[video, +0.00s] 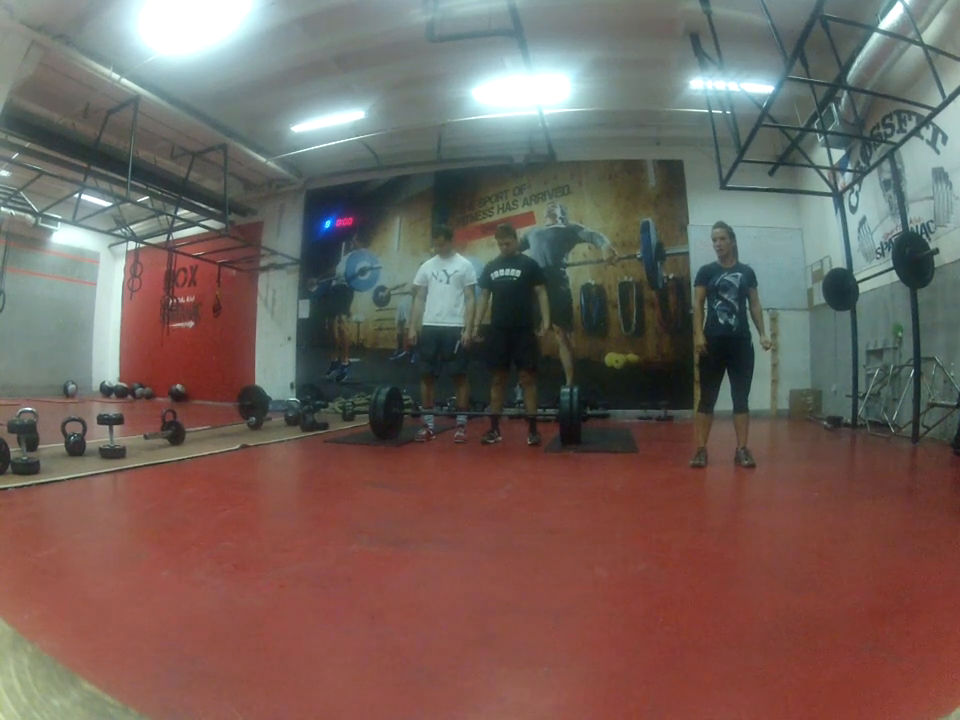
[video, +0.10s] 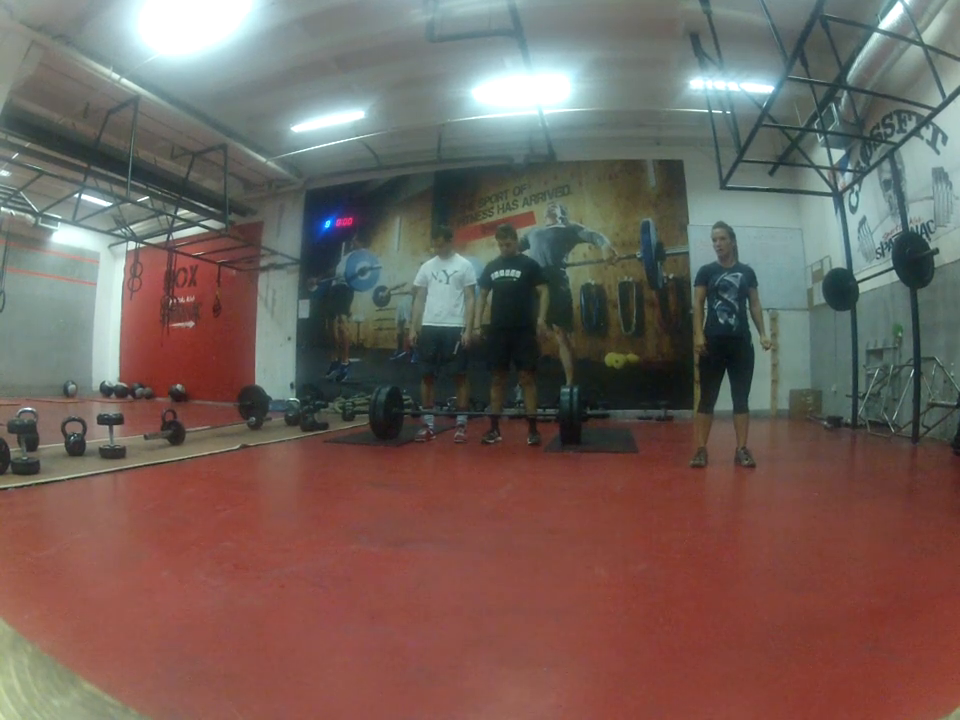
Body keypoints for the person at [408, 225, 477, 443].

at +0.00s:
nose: (438, 245)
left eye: (441, 242)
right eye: (436, 242)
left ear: (450, 241)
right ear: (434, 243)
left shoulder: (464, 266)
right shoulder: (427, 266)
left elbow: (470, 298)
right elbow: (418, 298)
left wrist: (468, 329)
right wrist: (412, 327)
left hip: (455, 329)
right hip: (429, 328)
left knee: (459, 377)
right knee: (427, 377)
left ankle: (461, 425)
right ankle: (427, 425)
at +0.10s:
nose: (438, 245)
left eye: (442, 241)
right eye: (436, 241)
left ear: (450, 242)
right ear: (433, 242)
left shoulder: (464, 266)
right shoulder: (427, 267)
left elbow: (470, 298)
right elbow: (419, 299)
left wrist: (468, 329)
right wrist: (413, 327)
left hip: (455, 328)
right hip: (429, 328)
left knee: (460, 377)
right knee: (427, 376)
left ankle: (461, 424)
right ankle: (427, 424)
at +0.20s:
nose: (437, 246)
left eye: (440, 242)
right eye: (435, 242)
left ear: (449, 242)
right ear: (433, 243)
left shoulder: (464, 266)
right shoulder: (427, 267)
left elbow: (470, 298)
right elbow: (419, 299)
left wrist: (468, 328)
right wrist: (413, 328)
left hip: (455, 328)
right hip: (429, 328)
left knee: (459, 377)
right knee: (427, 376)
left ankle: (461, 424)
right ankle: (427, 424)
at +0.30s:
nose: (434, 246)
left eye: (437, 242)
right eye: (433, 242)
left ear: (448, 242)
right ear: (433, 242)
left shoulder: (464, 266)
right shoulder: (427, 267)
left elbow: (470, 299)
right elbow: (419, 299)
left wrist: (468, 329)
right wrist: (413, 328)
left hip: (455, 329)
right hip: (428, 328)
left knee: (459, 377)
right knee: (427, 376)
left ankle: (461, 424)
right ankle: (427, 424)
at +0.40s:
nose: (431, 245)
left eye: (434, 241)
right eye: (431, 241)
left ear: (447, 241)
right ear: (434, 242)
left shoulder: (463, 265)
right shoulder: (426, 267)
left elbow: (470, 299)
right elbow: (419, 299)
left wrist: (468, 330)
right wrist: (413, 328)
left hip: (455, 329)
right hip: (428, 328)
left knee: (460, 377)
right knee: (427, 376)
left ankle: (461, 424)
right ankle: (427, 424)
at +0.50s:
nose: (431, 244)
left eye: (434, 240)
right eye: (431, 240)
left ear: (445, 241)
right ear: (436, 241)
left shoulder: (463, 265)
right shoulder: (426, 266)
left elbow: (470, 298)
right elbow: (419, 298)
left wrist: (467, 329)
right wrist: (413, 327)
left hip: (455, 328)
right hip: (428, 328)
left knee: (460, 376)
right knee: (427, 376)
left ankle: (461, 423)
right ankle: (428, 424)